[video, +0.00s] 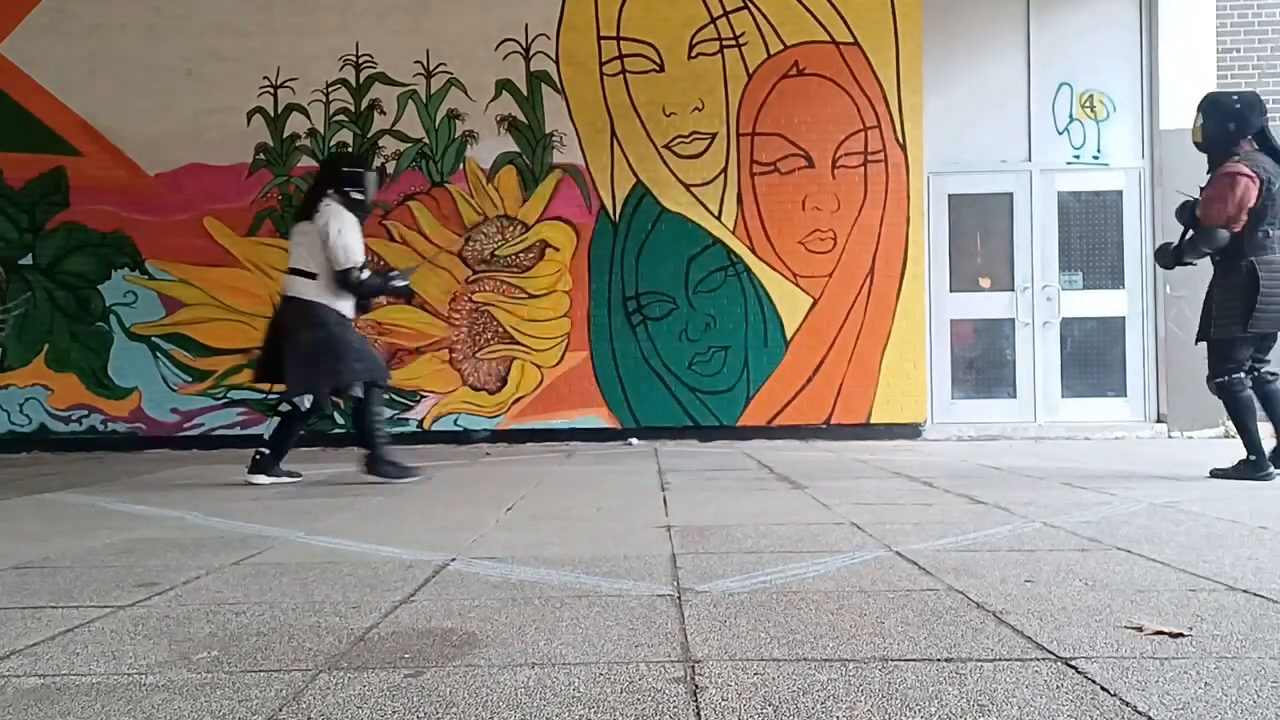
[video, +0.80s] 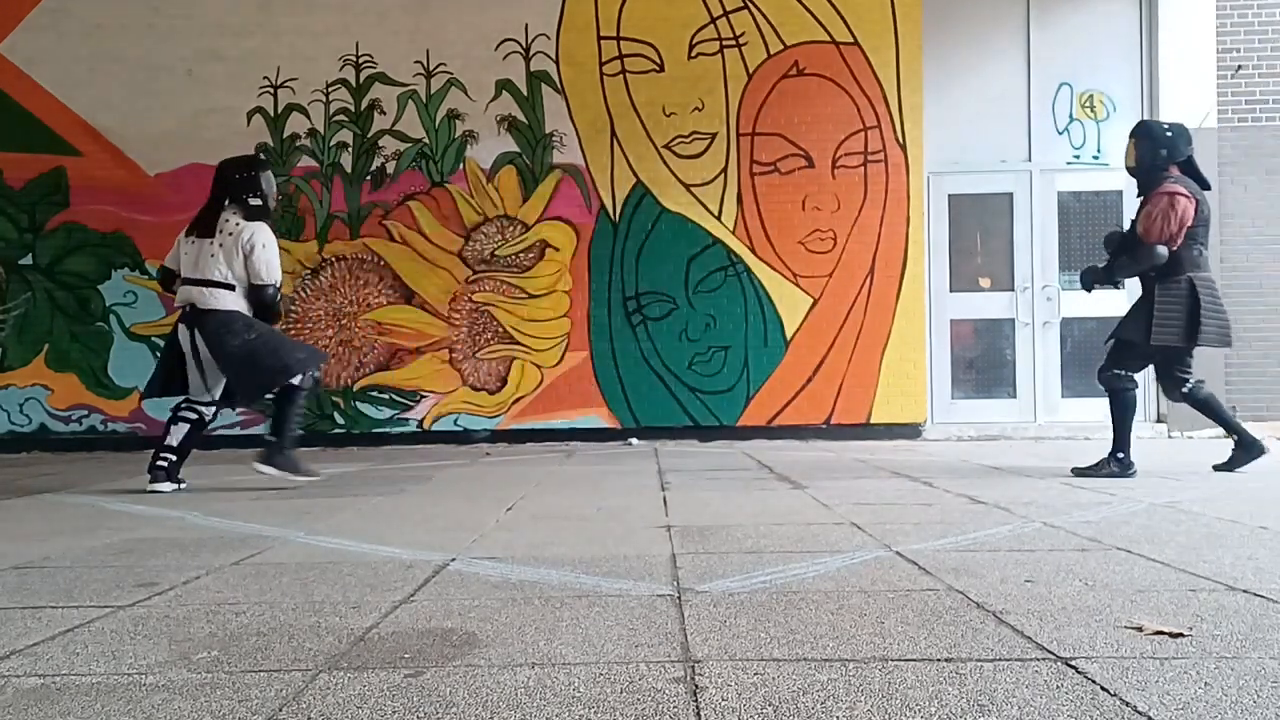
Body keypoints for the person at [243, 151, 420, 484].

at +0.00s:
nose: (368, 193)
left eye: (368, 184)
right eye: (364, 184)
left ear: (330, 185)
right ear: (347, 186)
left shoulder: (308, 220)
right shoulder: (340, 219)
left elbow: (321, 284)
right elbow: (353, 278)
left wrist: (367, 289)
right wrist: (390, 284)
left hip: (293, 318)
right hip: (320, 321)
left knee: (308, 395)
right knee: (372, 374)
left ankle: (266, 462)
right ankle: (378, 457)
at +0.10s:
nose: (346, 188)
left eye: (345, 180)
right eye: (342, 180)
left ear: (303, 178)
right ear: (327, 181)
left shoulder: (277, 214)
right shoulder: (325, 218)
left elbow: (264, 272)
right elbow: (332, 278)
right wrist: (359, 290)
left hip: (268, 313)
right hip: (301, 317)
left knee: (293, 389)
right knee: (342, 375)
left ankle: (264, 462)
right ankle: (318, 452)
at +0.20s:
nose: (330, 181)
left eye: (328, 173)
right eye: (325, 174)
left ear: (283, 173)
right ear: (313, 176)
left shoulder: (256, 208)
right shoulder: (314, 214)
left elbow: (234, 264)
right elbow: (323, 278)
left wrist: (272, 275)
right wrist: (332, 302)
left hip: (251, 309)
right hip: (285, 312)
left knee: (280, 384)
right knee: (315, 383)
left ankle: (264, 461)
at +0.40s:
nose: (301, 178)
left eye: (300, 170)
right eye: (296, 171)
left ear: (251, 173)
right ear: (282, 174)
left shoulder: (223, 209)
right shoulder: (288, 217)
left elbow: (194, 260)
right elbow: (299, 279)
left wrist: (230, 278)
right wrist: (292, 320)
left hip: (220, 310)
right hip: (258, 313)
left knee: (240, 389)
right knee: (268, 394)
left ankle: (233, 465)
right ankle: (213, 468)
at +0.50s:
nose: (287, 176)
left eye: (285, 168)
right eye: (282, 169)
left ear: (237, 171)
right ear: (269, 173)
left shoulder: (212, 208)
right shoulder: (275, 215)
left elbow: (183, 260)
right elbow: (288, 278)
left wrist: (219, 277)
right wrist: (286, 313)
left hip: (211, 311)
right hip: (248, 313)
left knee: (223, 385)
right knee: (263, 394)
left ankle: (193, 450)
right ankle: (214, 470)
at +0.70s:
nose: (273, 189)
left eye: (272, 182)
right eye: (268, 182)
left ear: (224, 183)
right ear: (252, 184)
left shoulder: (198, 218)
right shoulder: (256, 224)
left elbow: (173, 274)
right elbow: (266, 290)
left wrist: (211, 288)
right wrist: (291, 302)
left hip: (188, 322)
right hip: (229, 324)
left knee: (196, 398)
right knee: (293, 376)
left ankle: (162, 471)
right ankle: (242, 449)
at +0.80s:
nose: (274, 193)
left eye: (272, 185)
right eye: (268, 185)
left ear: (224, 189)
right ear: (252, 189)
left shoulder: (198, 224)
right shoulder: (256, 231)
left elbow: (167, 277)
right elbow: (265, 298)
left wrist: (200, 295)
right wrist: (272, 320)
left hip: (189, 325)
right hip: (230, 326)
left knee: (201, 399)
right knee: (300, 369)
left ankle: (163, 470)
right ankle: (280, 451)